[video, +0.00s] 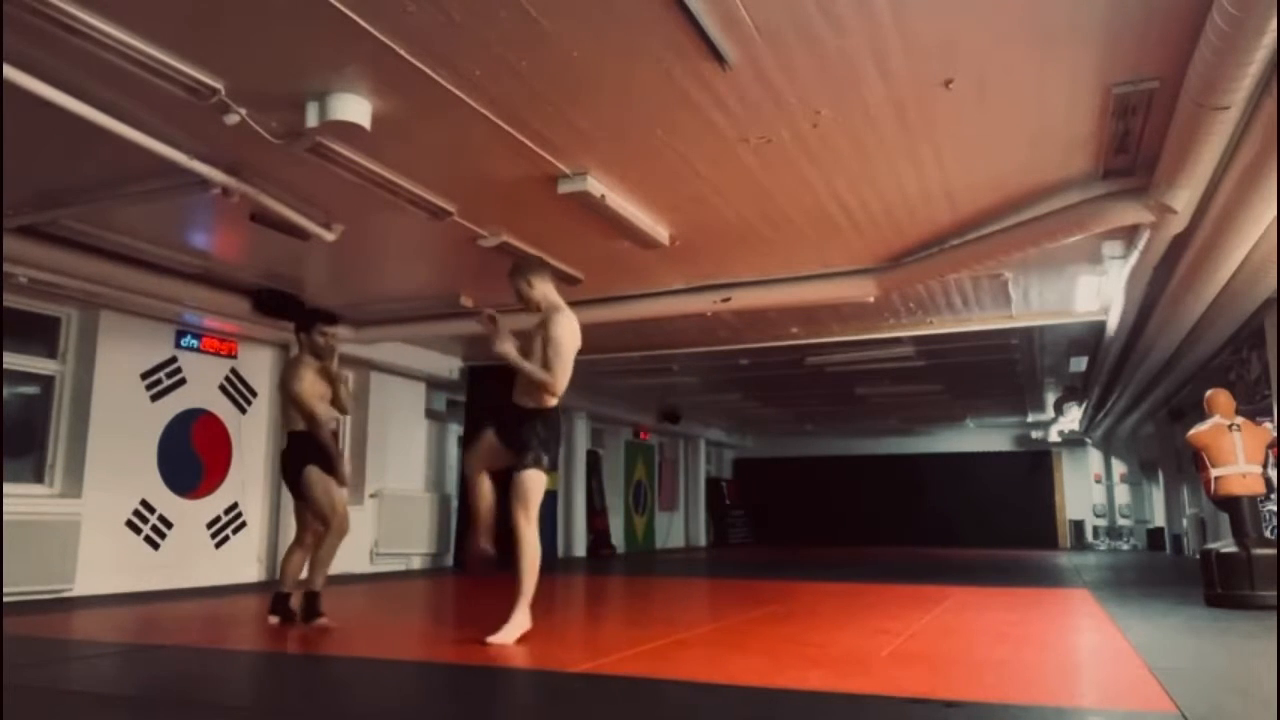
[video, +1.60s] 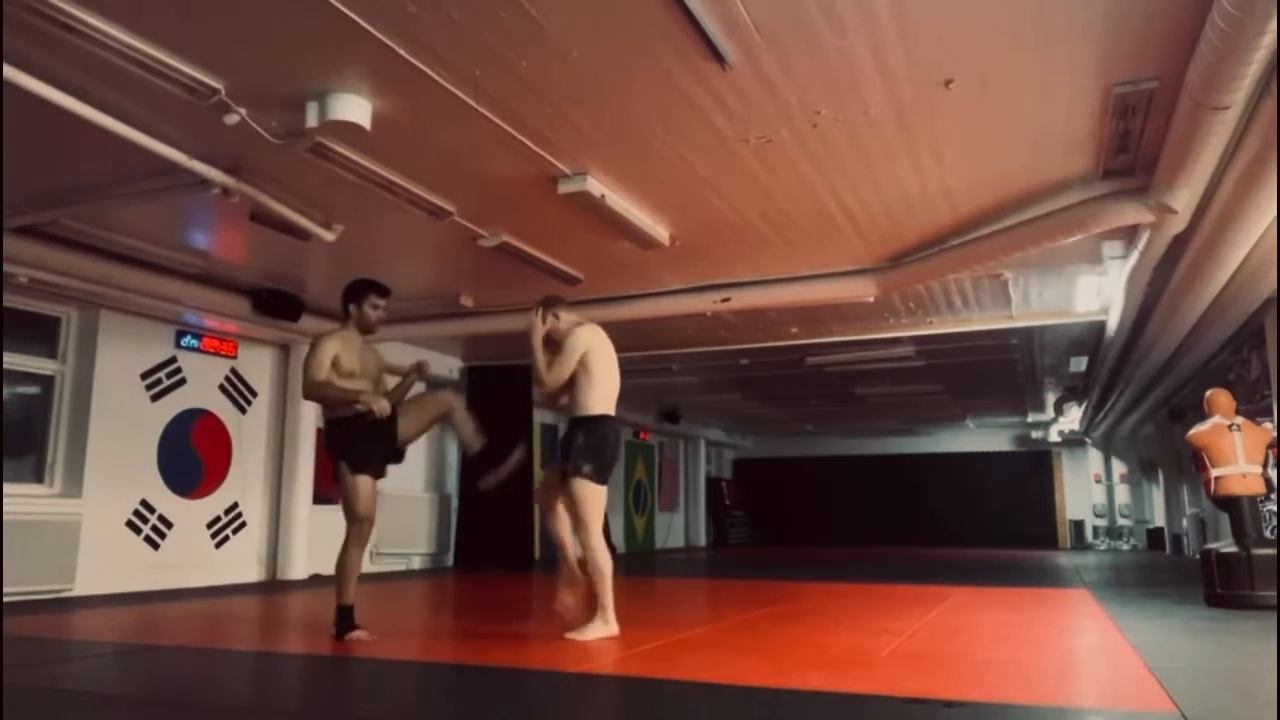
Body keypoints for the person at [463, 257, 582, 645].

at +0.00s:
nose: (521, 301)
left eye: (521, 292)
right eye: (518, 294)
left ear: (537, 284)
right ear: (537, 284)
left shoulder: (562, 323)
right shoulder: (548, 320)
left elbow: (555, 385)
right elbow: (524, 350)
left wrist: (511, 355)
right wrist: (499, 330)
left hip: (540, 423)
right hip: (518, 418)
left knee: (525, 516)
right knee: (475, 461)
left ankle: (522, 611)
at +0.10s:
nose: (520, 307)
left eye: (520, 299)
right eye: (518, 301)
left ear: (533, 290)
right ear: (536, 290)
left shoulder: (555, 323)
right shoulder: (548, 324)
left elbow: (555, 381)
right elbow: (536, 371)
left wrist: (512, 370)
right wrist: (515, 349)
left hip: (540, 424)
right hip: (531, 422)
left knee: (525, 518)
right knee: (506, 501)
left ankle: (527, 613)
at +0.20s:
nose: (519, 319)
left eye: (518, 312)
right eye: (517, 313)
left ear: (530, 304)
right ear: (546, 301)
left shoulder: (543, 332)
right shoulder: (573, 336)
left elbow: (549, 385)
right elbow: (561, 383)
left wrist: (514, 391)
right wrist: (525, 364)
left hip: (539, 428)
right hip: (562, 430)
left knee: (515, 523)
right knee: (548, 528)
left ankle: (529, 618)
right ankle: (574, 607)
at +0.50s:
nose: (530, 331)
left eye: (529, 326)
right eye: (528, 327)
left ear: (538, 316)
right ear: (555, 311)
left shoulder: (545, 336)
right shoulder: (592, 345)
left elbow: (501, 373)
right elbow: (569, 379)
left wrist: (473, 373)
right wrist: (533, 374)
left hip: (552, 438)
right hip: (582, 442)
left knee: (511, 520)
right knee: (569, 531)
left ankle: (526, 611)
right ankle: (577, 617)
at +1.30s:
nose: (536, 333)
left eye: (535, 326)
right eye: (533, 329)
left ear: (545, 314)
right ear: (558, 311)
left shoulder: (563, 336)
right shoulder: (595, 344)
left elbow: (511, 367)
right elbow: (551, 393)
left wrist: (503, 328)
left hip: (563, 435)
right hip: (590, 436)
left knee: (542, 527)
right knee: (591, 530)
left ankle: (537, 620)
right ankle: (614, 613)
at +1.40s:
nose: (544, 335)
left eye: (542, 328)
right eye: (542, 330)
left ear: (552, 317)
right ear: (561, 314)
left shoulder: (575, 339)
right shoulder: (592, 342)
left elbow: (530, 375)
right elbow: (556, 399)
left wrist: (525, 332)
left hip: (575, 437)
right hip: (596, 437)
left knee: (541, 523)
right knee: (594, 529)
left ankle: (551, 616)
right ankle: (613, 616)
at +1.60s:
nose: (547, 335)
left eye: (545, 329)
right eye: (545, 330)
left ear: (554, 317)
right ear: (562, 313)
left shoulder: (581, 333)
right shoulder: (593, 337)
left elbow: (548, 381)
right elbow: (566, 397)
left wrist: (536, 340)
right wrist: (541, 394)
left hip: (590, 432)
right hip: (589, 431)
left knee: (590, 530)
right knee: (548, 497)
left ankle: (607, 618)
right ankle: (575, 573)